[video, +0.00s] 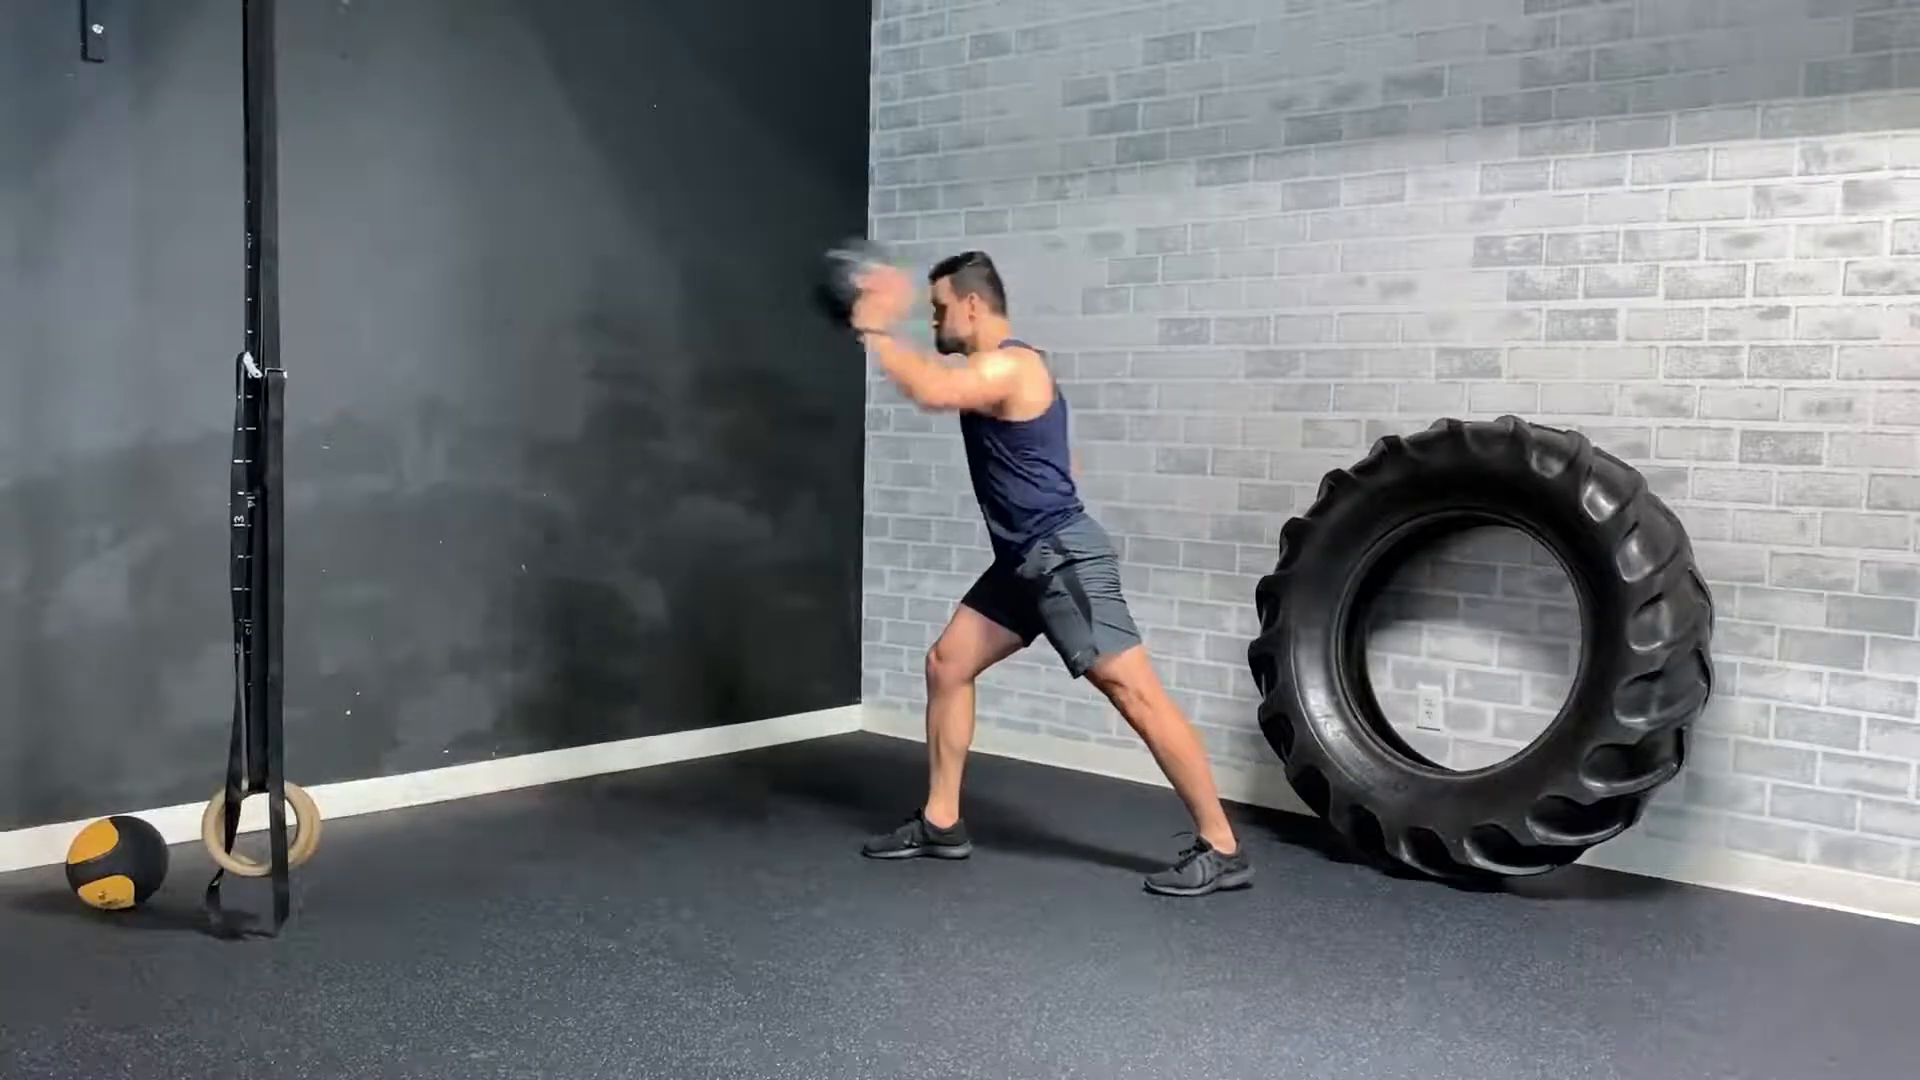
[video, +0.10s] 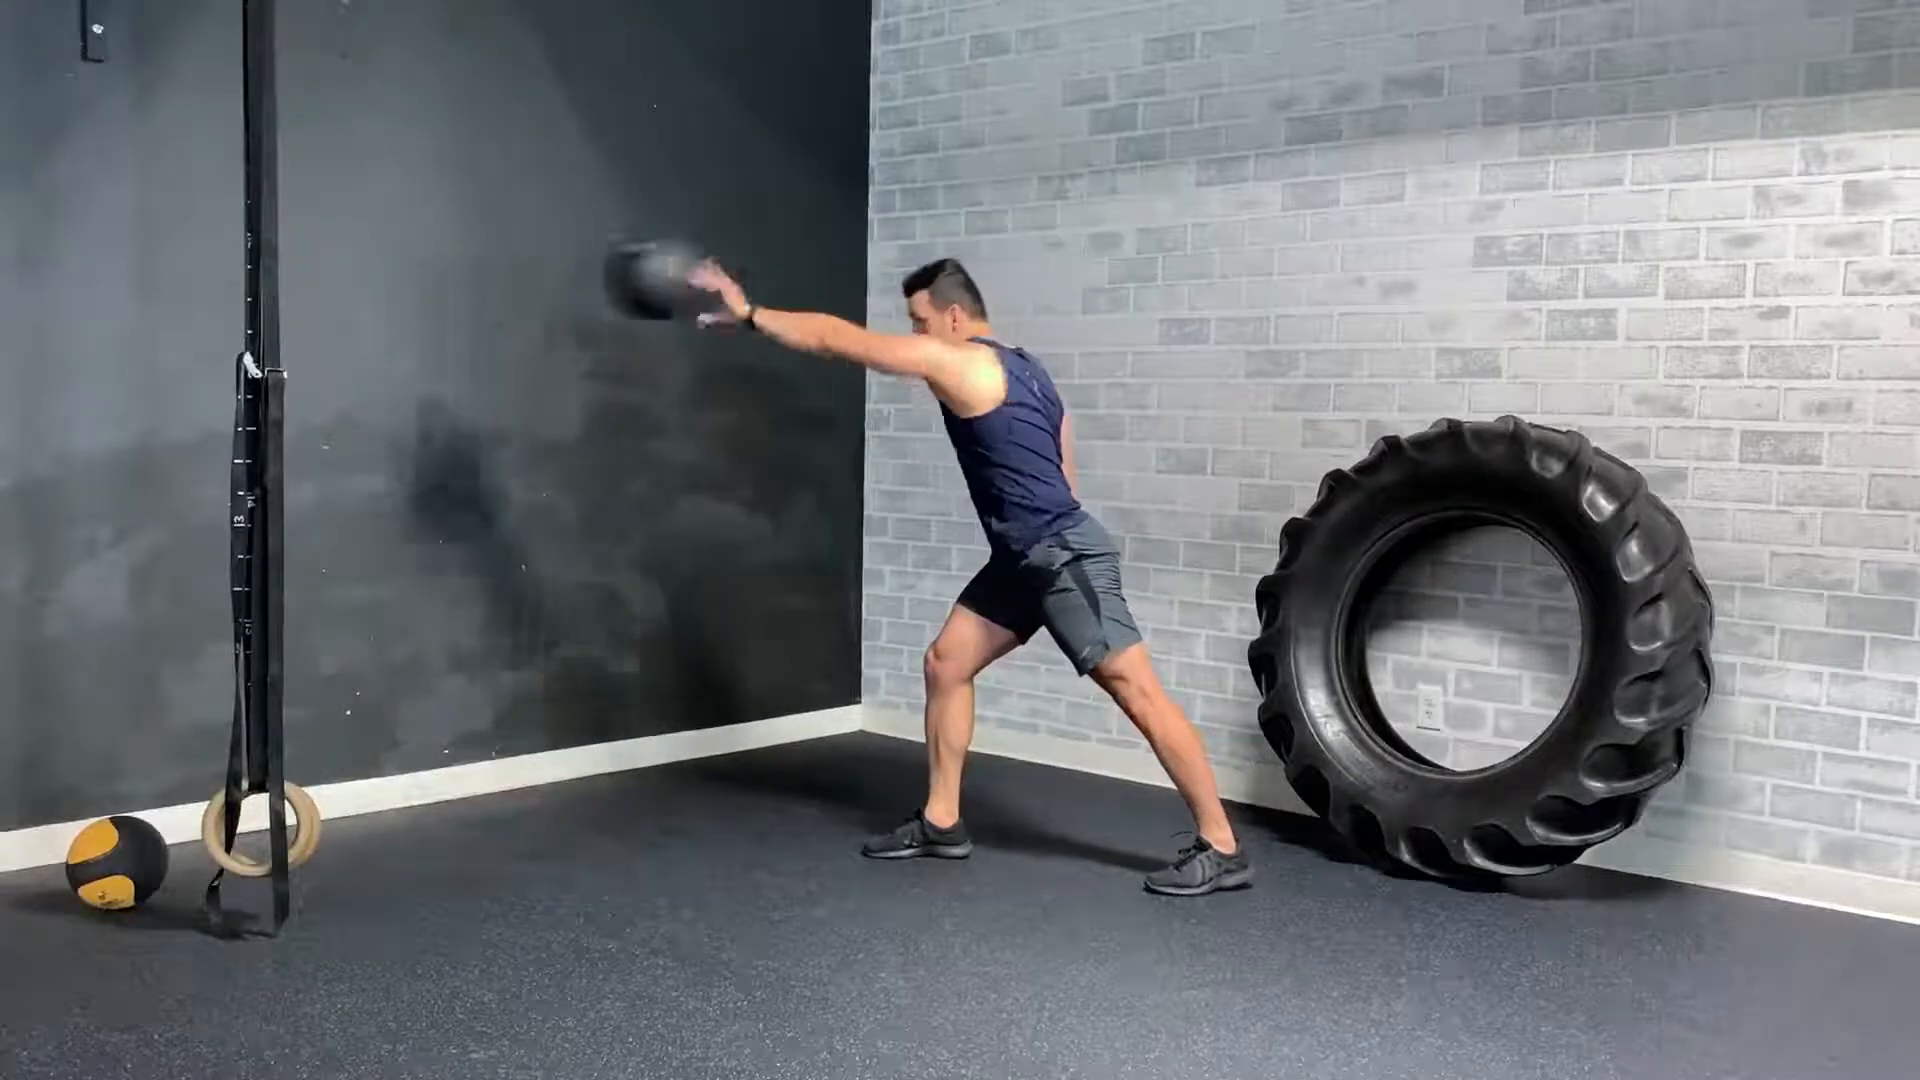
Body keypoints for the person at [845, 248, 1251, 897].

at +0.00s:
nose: (935, 322)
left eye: (941, 309)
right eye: (934, 311)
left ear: (976, 304)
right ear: (977, 307)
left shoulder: (1010, 366)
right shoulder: (999, 367)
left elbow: (931, 388)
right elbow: (1061, 459)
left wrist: (876, 333)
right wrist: (1054, 520)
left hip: (1064, 555)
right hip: (1026, 560)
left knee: (1137, 694)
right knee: (948, 665)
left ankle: (1221, 845)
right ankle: (941, 825)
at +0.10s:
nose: (918, 333)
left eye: (921, 320)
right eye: (915, 321)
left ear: (955, 311)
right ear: (970, 311)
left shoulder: (955, 361)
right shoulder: (1026, 370)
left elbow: (838, 338)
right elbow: (1063, 469)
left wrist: (751, 314)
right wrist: (1046, 535)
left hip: (1063, 553)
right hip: (1026, 560)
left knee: (1140, 696)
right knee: (947, 662)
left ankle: (1221, 844)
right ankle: (940, 822)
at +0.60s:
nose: (913, 352)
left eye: (916, 339)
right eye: (911, 341)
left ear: (946, 328)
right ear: (968, 328)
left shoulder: (951, 370)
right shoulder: (1040, 386)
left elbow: (847, 371)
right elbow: (1076, 490)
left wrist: (766, 366)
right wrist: (1063, 552)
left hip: (1061, 561)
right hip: (1036, 570)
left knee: (1143, 703)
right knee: (953, 662)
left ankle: (1225, 849)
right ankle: (941, 824)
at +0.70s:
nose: (915, 352)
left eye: (918, 339)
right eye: (914, 341)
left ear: (948, 327)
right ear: (971, 327)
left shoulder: (953, 370)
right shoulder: (1042, 386)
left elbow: (850, 371)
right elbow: (1077, 490)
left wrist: (767, 366)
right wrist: (1063, 551)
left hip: (1062, 561)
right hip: (1036, 569)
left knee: (1144, 705)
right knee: (953, 662)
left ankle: (1225, 850)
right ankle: (942, 824)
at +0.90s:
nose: (921, 350)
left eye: (923, 337)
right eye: (920, 339)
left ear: (954, 327)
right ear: (974, 325)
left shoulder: (962, 370)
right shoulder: (1046, 386)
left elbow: (858, 372)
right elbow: (1076, 491)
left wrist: (773, 370)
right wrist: (1065, 551)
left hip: (1063, 561)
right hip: (1036, 569)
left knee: (1140, 701)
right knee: (953, 661)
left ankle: (1225, 850)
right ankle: (943, 822)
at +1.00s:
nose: (924, 349)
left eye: (926, 335)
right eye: (922, 337)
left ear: (957, 325)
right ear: (977, 324)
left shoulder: (966, 371)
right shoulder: (1047, 384)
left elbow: (860, 376)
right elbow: (1076, 489)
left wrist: (774, 380)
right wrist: (1066, 550)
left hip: (1064, 560)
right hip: (1039, 568)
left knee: (1140, 701)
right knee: (953, 662)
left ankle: (1226, 850)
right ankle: (942, 822)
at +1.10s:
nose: (926, 348)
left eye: (928, 334)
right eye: (924, 337)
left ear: (960, 322)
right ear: (980, 322)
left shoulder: (966, 369)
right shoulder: (1050, 384)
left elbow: (861, 377)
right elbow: (1075, 489)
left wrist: (775, 383)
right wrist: (1045, 550)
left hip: (1066, 560)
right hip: (1041, 568)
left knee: (1142, 704)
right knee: (954, 661)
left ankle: (1226, 851)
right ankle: (942, 822)